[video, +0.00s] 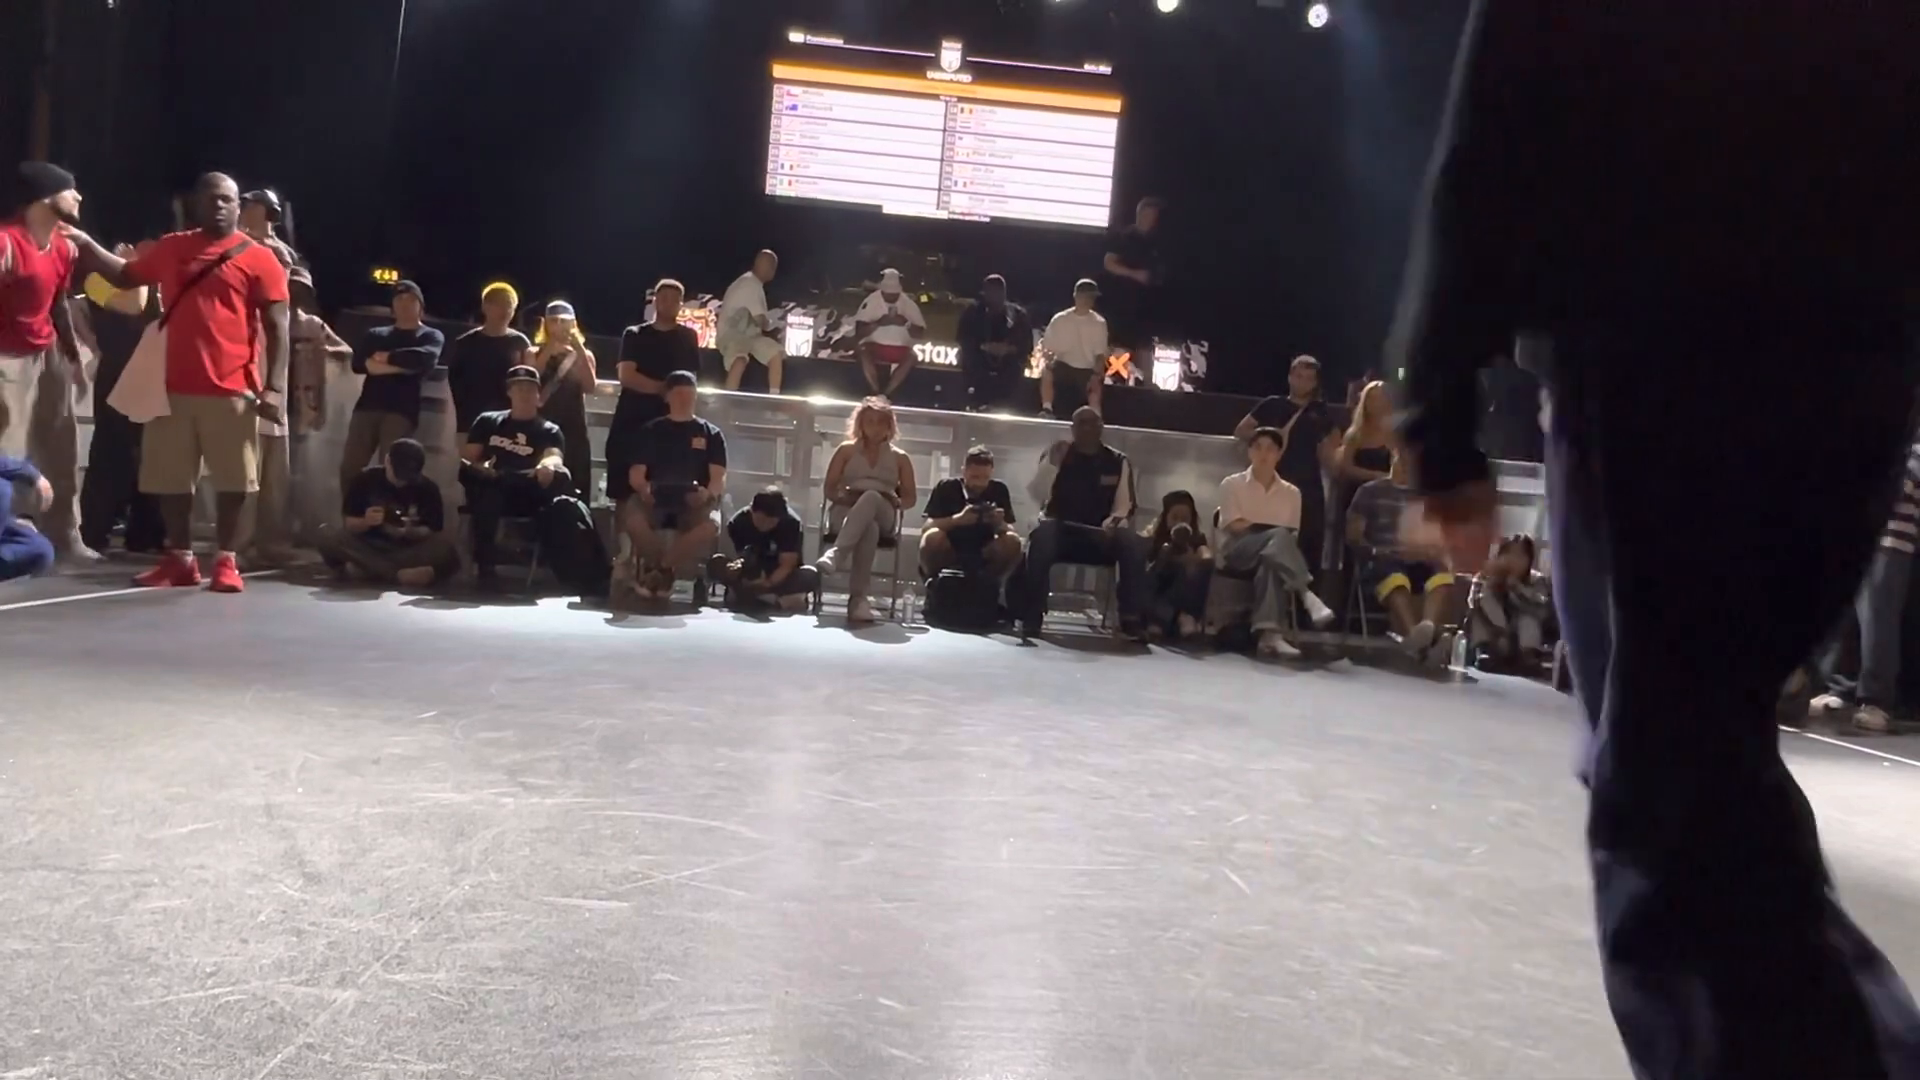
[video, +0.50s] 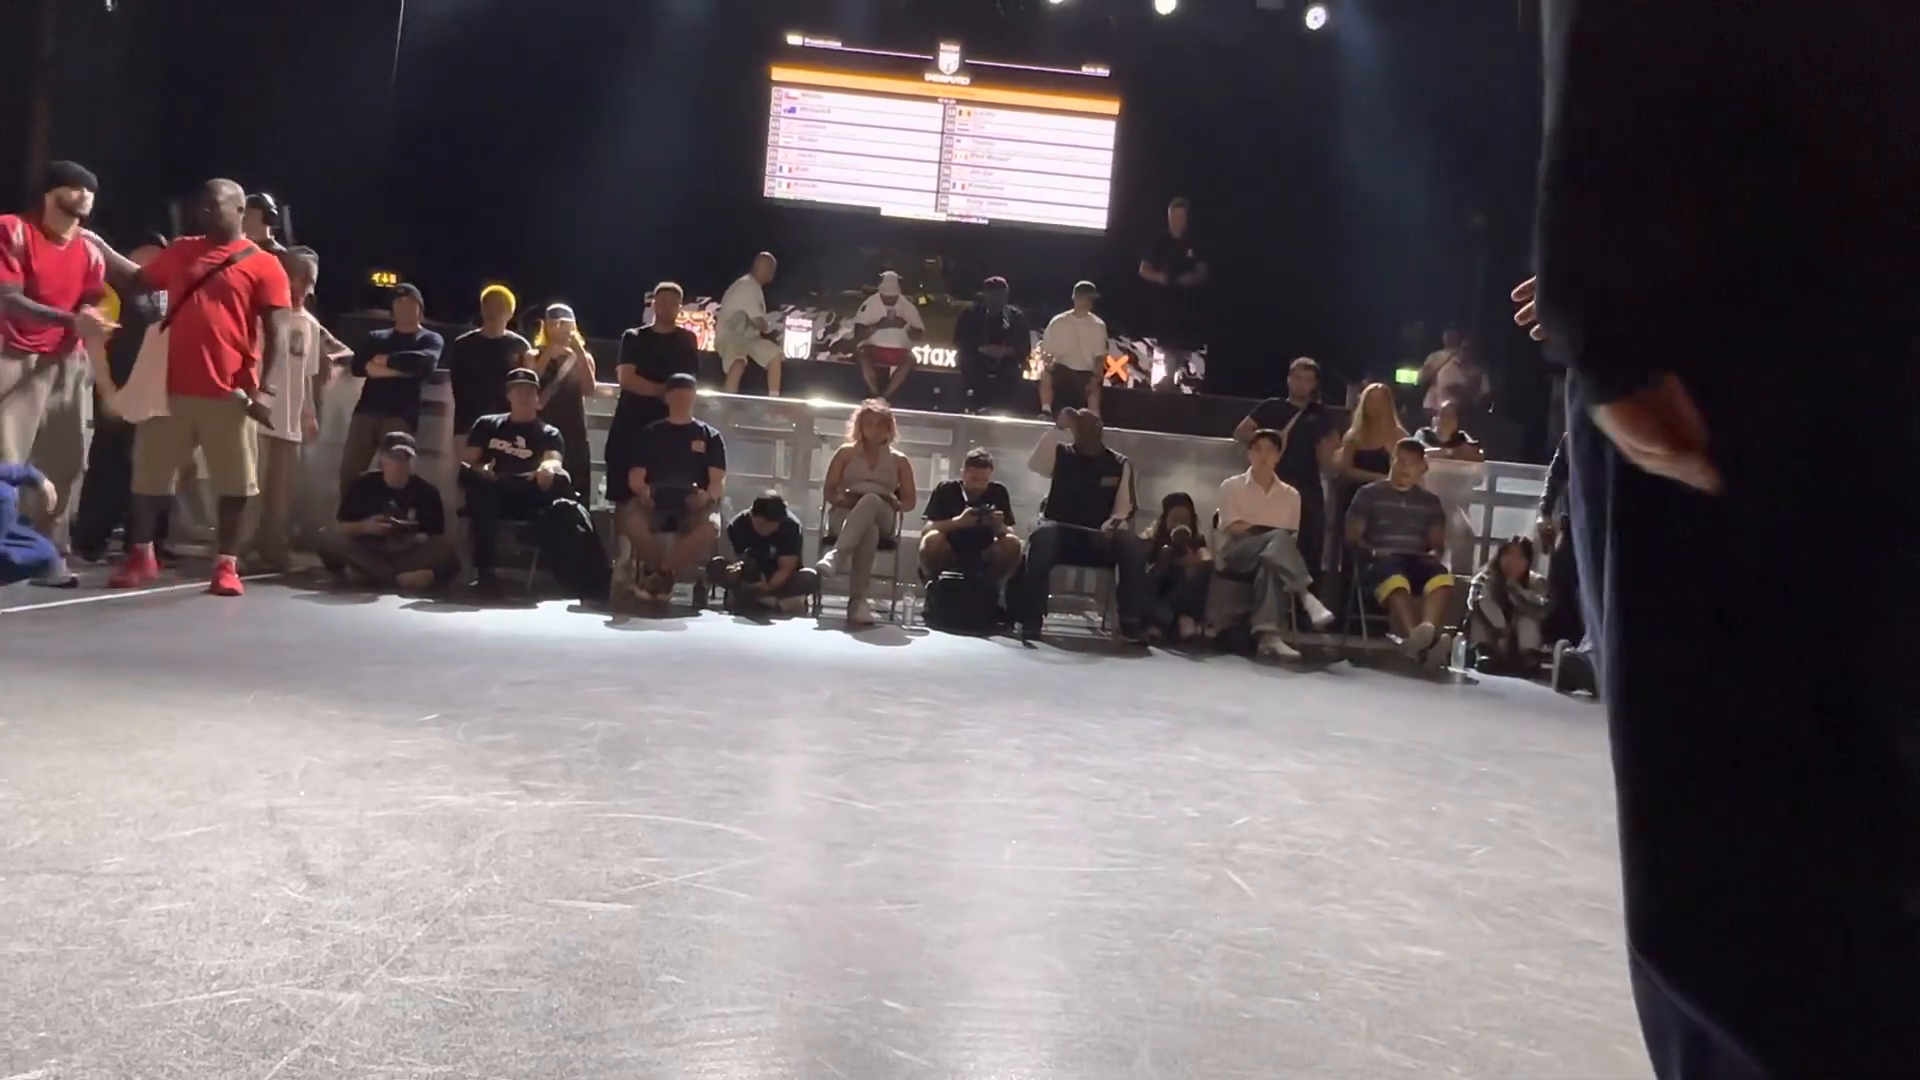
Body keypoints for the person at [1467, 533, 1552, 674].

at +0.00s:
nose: (1513, 562)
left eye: (1520, 557)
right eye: (1508, 556)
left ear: (1529, 561)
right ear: (1499, 559)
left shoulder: (1539, 583)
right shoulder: (1486, 583)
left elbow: (1543, 610)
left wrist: (1516, 587)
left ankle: (1529, 654)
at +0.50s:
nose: (1511, 561)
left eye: (1518, 557)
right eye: (1507, 555)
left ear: (1528, 562)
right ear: (1499, 558)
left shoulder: (1537, 582)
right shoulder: (1484, 579)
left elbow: (1541, 609)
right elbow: (1478, 603)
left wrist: (1514, 587)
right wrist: (1500, 628)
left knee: (1526, 618)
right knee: (1479, 616)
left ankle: (1530, 659)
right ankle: (1482, 656)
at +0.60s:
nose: (1509, 561)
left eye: (1516, 557)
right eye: (1505, 555)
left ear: (1526, 563)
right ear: (1497, 558)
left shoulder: (1534, 581)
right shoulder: (1483, 578)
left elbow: (1539, 609)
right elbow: (1478, 602)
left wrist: (1512, 587)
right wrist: (1499, 631)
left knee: (1525, 619)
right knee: (1476, 618)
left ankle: (1527, 657)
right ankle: (1481, 655)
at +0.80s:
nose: (1504, 560)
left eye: (1512, 556)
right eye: (1500, 554)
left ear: (1521, 562)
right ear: (1493, 557)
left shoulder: (1530, 580)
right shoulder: (1478, 577)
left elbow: (1536, 608)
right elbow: (1473, 602)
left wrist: (1510, 588)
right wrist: (1495, 630)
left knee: (1523, 613)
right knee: (1473, 615)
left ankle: (1524, 654)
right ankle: (1477, 653)